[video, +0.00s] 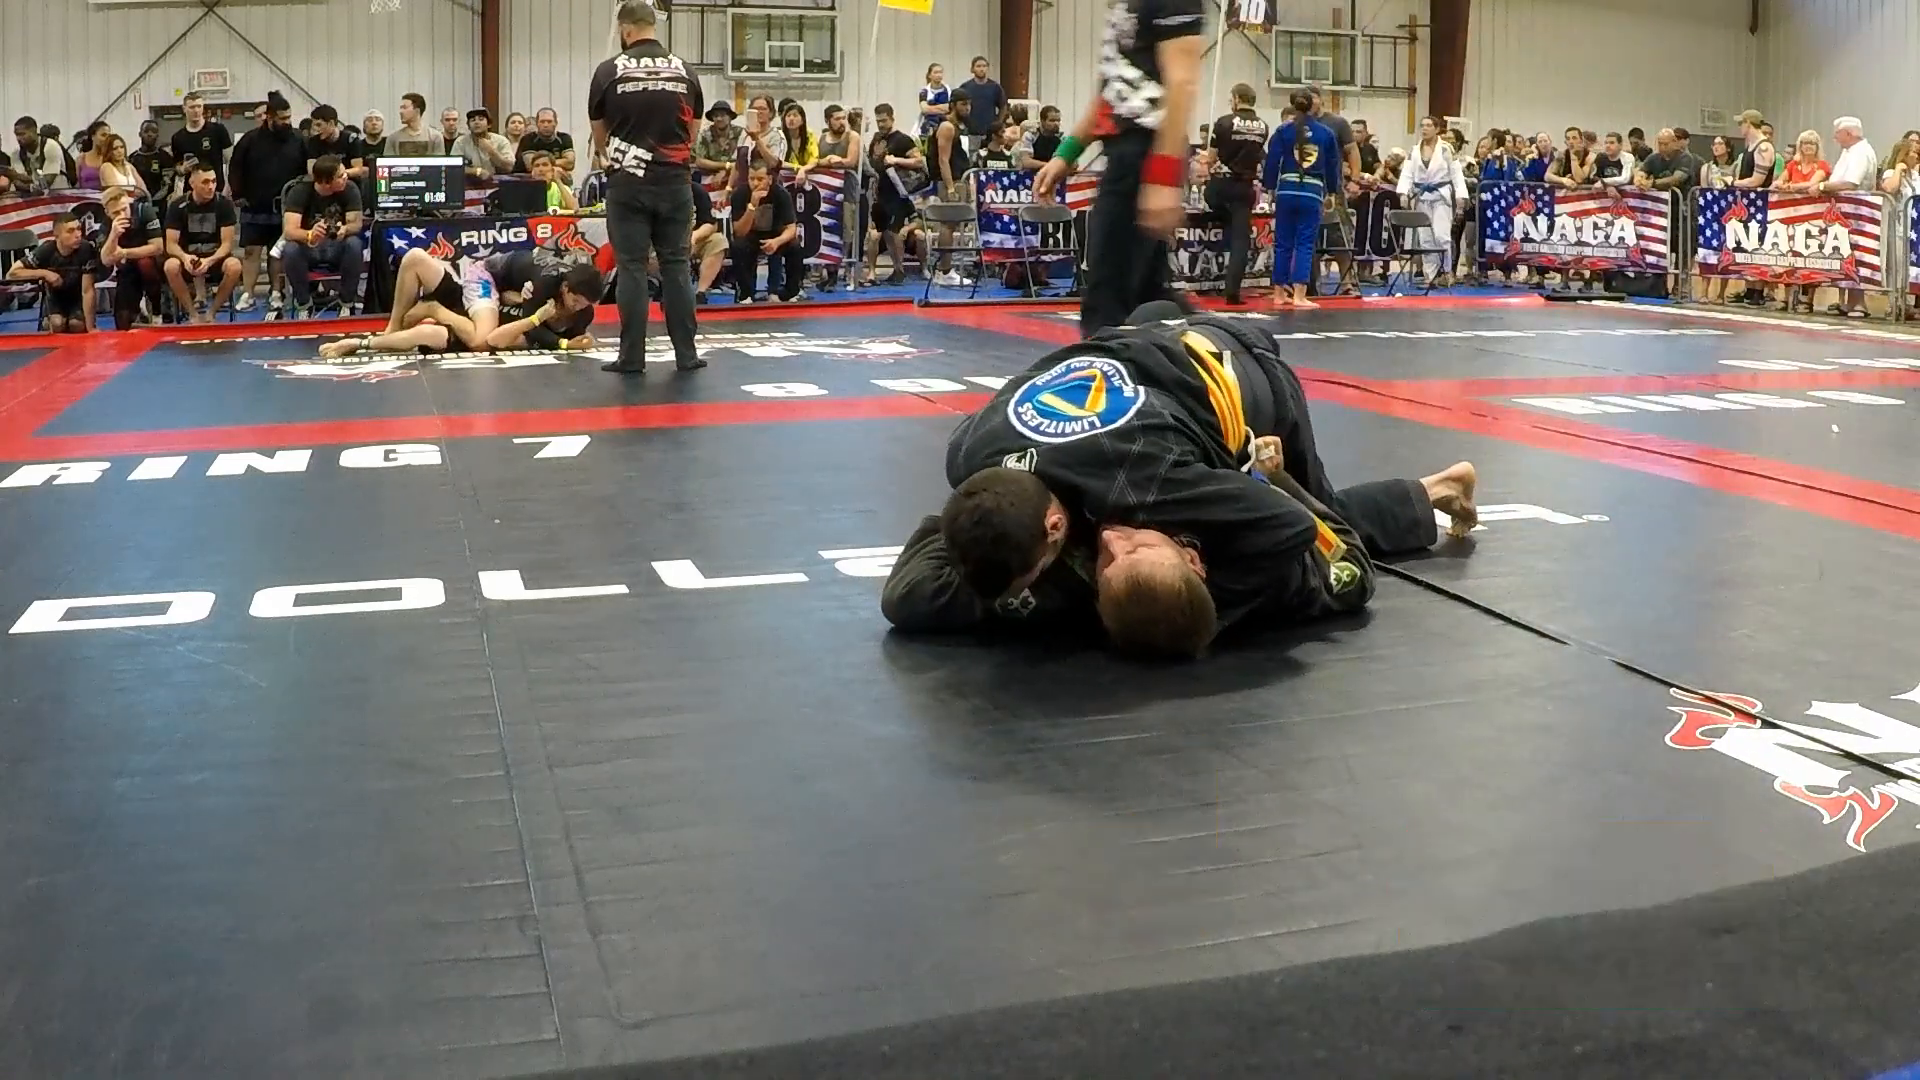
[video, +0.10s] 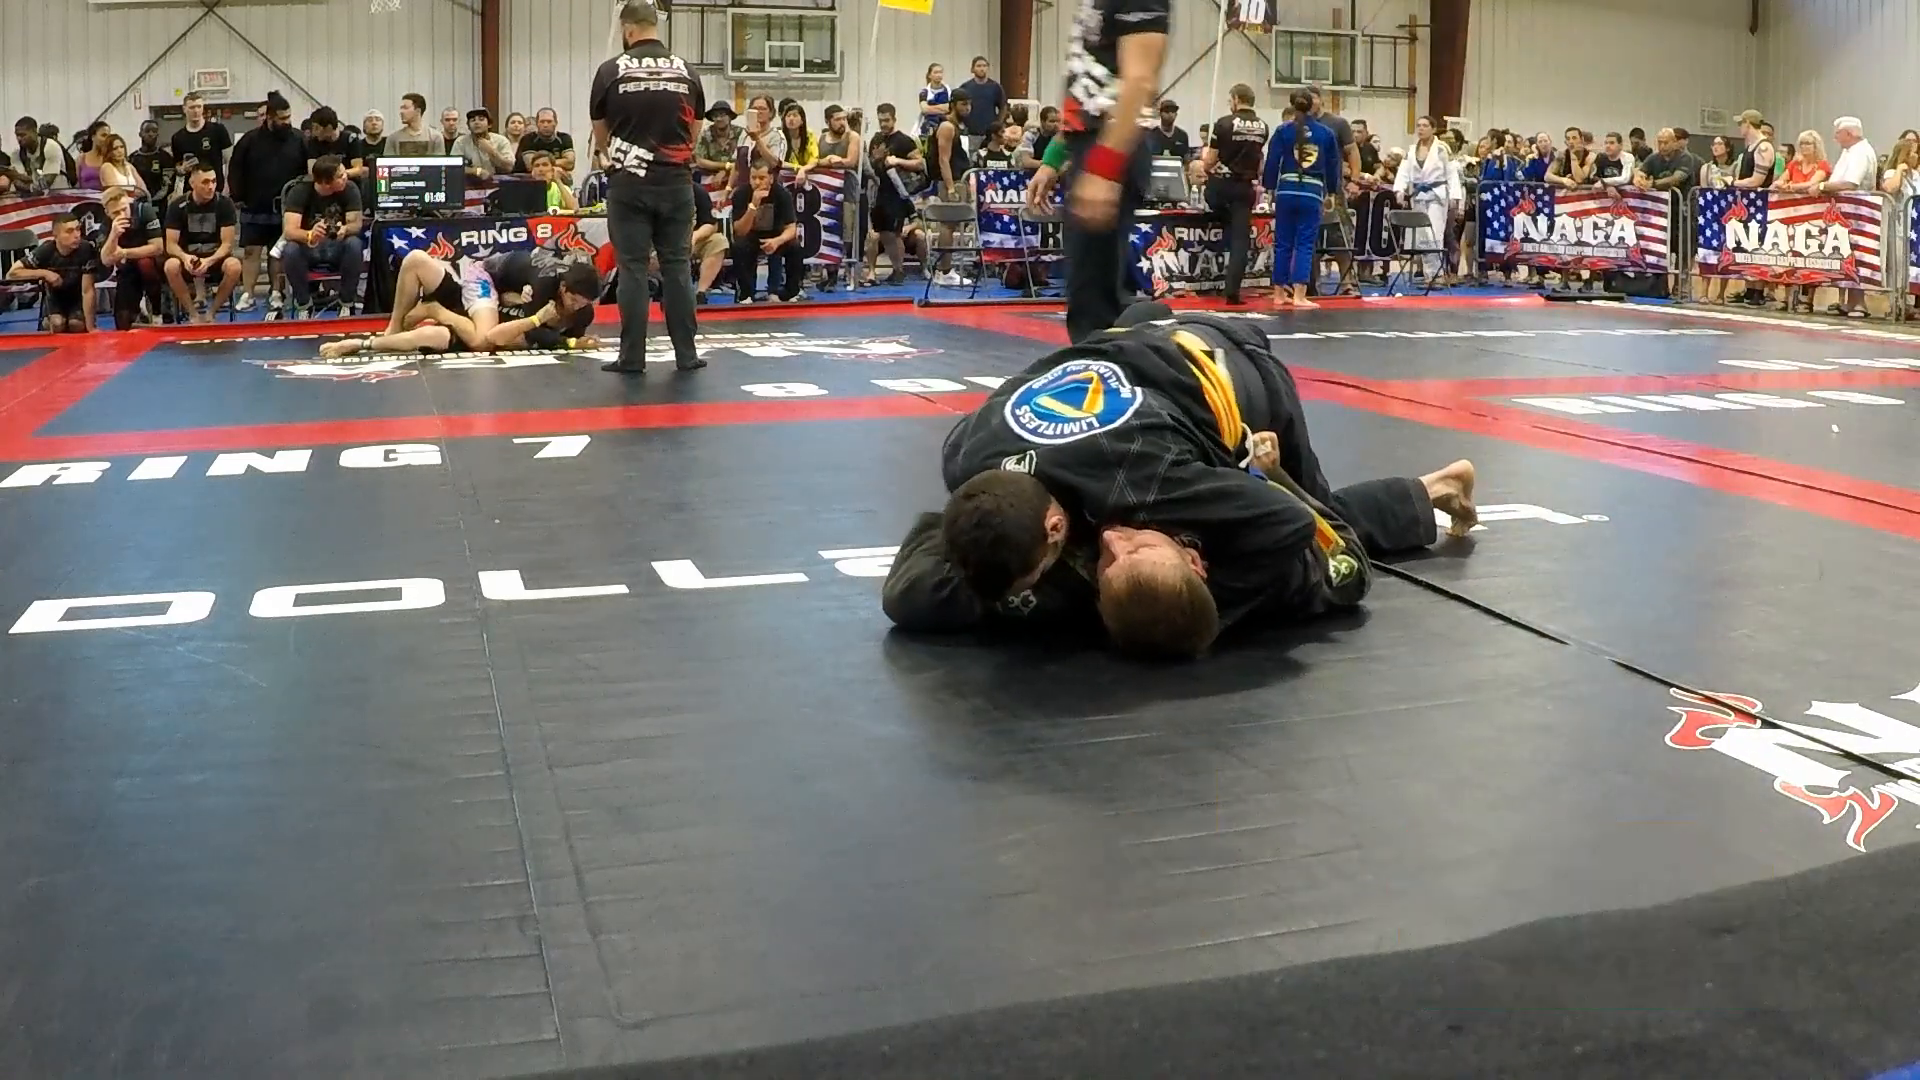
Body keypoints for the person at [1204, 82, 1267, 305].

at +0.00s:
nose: (1230, 102)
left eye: (1231, 99)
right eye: (1232, 99)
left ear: (1236, 100)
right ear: (1252, 101)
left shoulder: (1223, 122)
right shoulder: (1263, 126)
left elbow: (1212, 156)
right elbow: (1258, 155)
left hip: (1222, 181)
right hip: (1246, 185)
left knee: (1211, 197)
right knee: (1241, 239)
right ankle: (1232, 292)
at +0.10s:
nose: (1229, 103)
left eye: (1230, 99)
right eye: (1230, 99)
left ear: (1236, 100)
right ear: (1252, 101)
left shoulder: (1224, 123)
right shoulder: (1262, 127)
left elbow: (1210, 160)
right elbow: (1256, 156)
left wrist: (1204, 166)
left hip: (1221, 181)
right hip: (1245, 184)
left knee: (1212, 197)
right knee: (1240, 239)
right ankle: (1232, 292)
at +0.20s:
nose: (1228, 103)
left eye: (1229, 100)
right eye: (1229, 100)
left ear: (1235, 101)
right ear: (1250, 101)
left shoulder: (1224, 123)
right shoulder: (1262, 126)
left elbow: (1210, 160)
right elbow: (1257, 154)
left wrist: (1204, 166)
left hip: (1221, 181)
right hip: (1246, 184)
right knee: (1241, 239)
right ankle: (1232, 292)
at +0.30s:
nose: (1228, 103)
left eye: (1229, 99)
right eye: (1229, 99)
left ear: (1234, 100)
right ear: (1251, 101)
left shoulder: (1223, 123)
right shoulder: (1263, 126)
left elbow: (1210, 160)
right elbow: (1259, 154)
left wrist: (1206, 169)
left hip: (1221, 181)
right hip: (1246, 185)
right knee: (1240, 239)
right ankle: (1232, 292)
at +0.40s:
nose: (1227, 103)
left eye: (1228, 100)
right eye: (1228, 100)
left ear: (1233, 100)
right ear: (1249, 101)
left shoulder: (1222, 123)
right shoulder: (1262, 125)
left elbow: (1209, 159)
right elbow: (1261, 153)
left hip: (1222, 181)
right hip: (1246, 184)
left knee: (1211, 192)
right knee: (1241, 239)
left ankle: (1231, 227)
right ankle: (1232, 292)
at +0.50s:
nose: (1227, 103)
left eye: (1227, 100)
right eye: (1227, 100)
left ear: (1233, 100)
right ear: (1248, 101)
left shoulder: (1223, 121)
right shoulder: (1262, 124)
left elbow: (1210, 158)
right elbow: (1265, 153)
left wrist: (1207, 170)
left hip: (1223, 181)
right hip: (1247, 184)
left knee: (1212, 196)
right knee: (1241, 239)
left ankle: (1233, 225)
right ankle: (1232, 292)